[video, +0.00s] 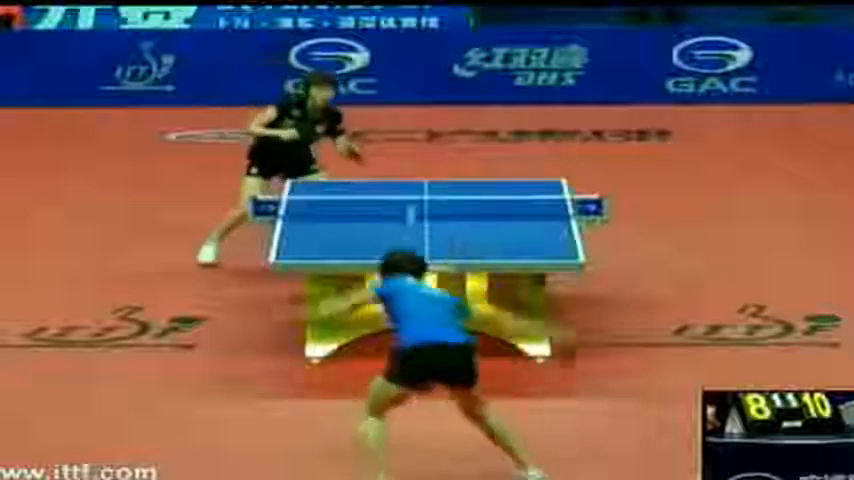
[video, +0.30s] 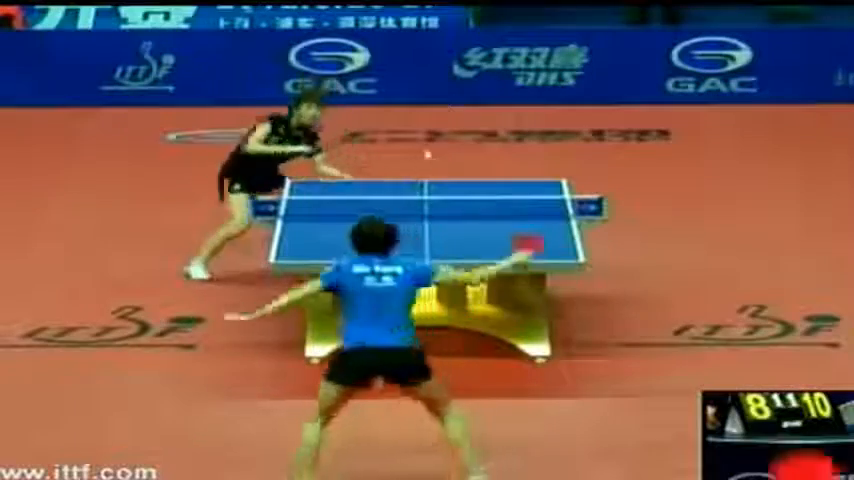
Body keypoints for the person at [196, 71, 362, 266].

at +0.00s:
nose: (324, 96)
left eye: (328, 91)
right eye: (320, 90)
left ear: (333, 94)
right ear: (309, 90)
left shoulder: (331, 117)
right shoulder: (287, 106)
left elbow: (340, 142)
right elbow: (253, 128)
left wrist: (349, 150)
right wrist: (280, 133)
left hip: (298, 159)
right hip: (266, 158)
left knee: (327, 196)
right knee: (250, 207)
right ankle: (213, 241)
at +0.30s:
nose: (314, 114)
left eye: (316, 109)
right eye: (309, 108)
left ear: (319, 113)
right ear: (297, 109)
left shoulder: (310, 138)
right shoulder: (273, 124)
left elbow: (320, 167)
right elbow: (250, 147)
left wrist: (342, 176)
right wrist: (288, 149)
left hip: (268, 176)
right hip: (240, 173)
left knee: (298, 207)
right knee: (241, 221)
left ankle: (296, 261)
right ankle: (198, 263)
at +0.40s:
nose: (316, 116)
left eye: (320, 111)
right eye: (312, 110)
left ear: (322, 114)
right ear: (299, 109)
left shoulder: (306, 136)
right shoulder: (277, 124)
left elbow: (315, 167)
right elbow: (267, 148)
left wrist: (342, 179)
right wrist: (310, 150)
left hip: (261, 176)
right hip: (235, 176)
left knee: (302, 194)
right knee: (243, 226)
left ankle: (294, 254)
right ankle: (198, 263)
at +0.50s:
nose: (329, 112)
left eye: (330, 107)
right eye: (326, 107)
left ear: (319, 110)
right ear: (313, 107)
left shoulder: (306, 124)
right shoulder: (301, 123)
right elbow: (314, 144)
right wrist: (348, 154)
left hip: (270, 172)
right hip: (246, 173)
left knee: (301, 203)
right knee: (249, 226)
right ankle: (199, 260)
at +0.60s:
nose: (343, 108)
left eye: (343, 103)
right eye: (339, 102)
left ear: (322, 103)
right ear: (324, 102)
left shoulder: (305, 114)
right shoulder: (318, 120)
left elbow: (282, 118)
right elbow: (322, 137)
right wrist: (343, 151)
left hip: (280, 169)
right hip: (261, 171)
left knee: (313, 195)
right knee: (261, 224)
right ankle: (201, 259)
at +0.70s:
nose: (350, 91)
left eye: (350, 86)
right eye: (346, 86)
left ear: (340, 89)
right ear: (332, 87)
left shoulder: (330, 109)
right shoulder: (310, 104)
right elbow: (280, 107)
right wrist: (292, 117)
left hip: (303, 162)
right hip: (276, 161)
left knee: (333, 191)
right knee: (260, 212)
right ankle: (215, 251)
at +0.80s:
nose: (338, 82)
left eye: (341, 78)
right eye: (335, 76)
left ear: (341, 81)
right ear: (323, 73)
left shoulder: (331, 98)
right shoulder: (289, 90)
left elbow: (342, 127)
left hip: (312, 150)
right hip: (281, 150)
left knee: (337, 194)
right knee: (262, 198)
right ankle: (229, 240)